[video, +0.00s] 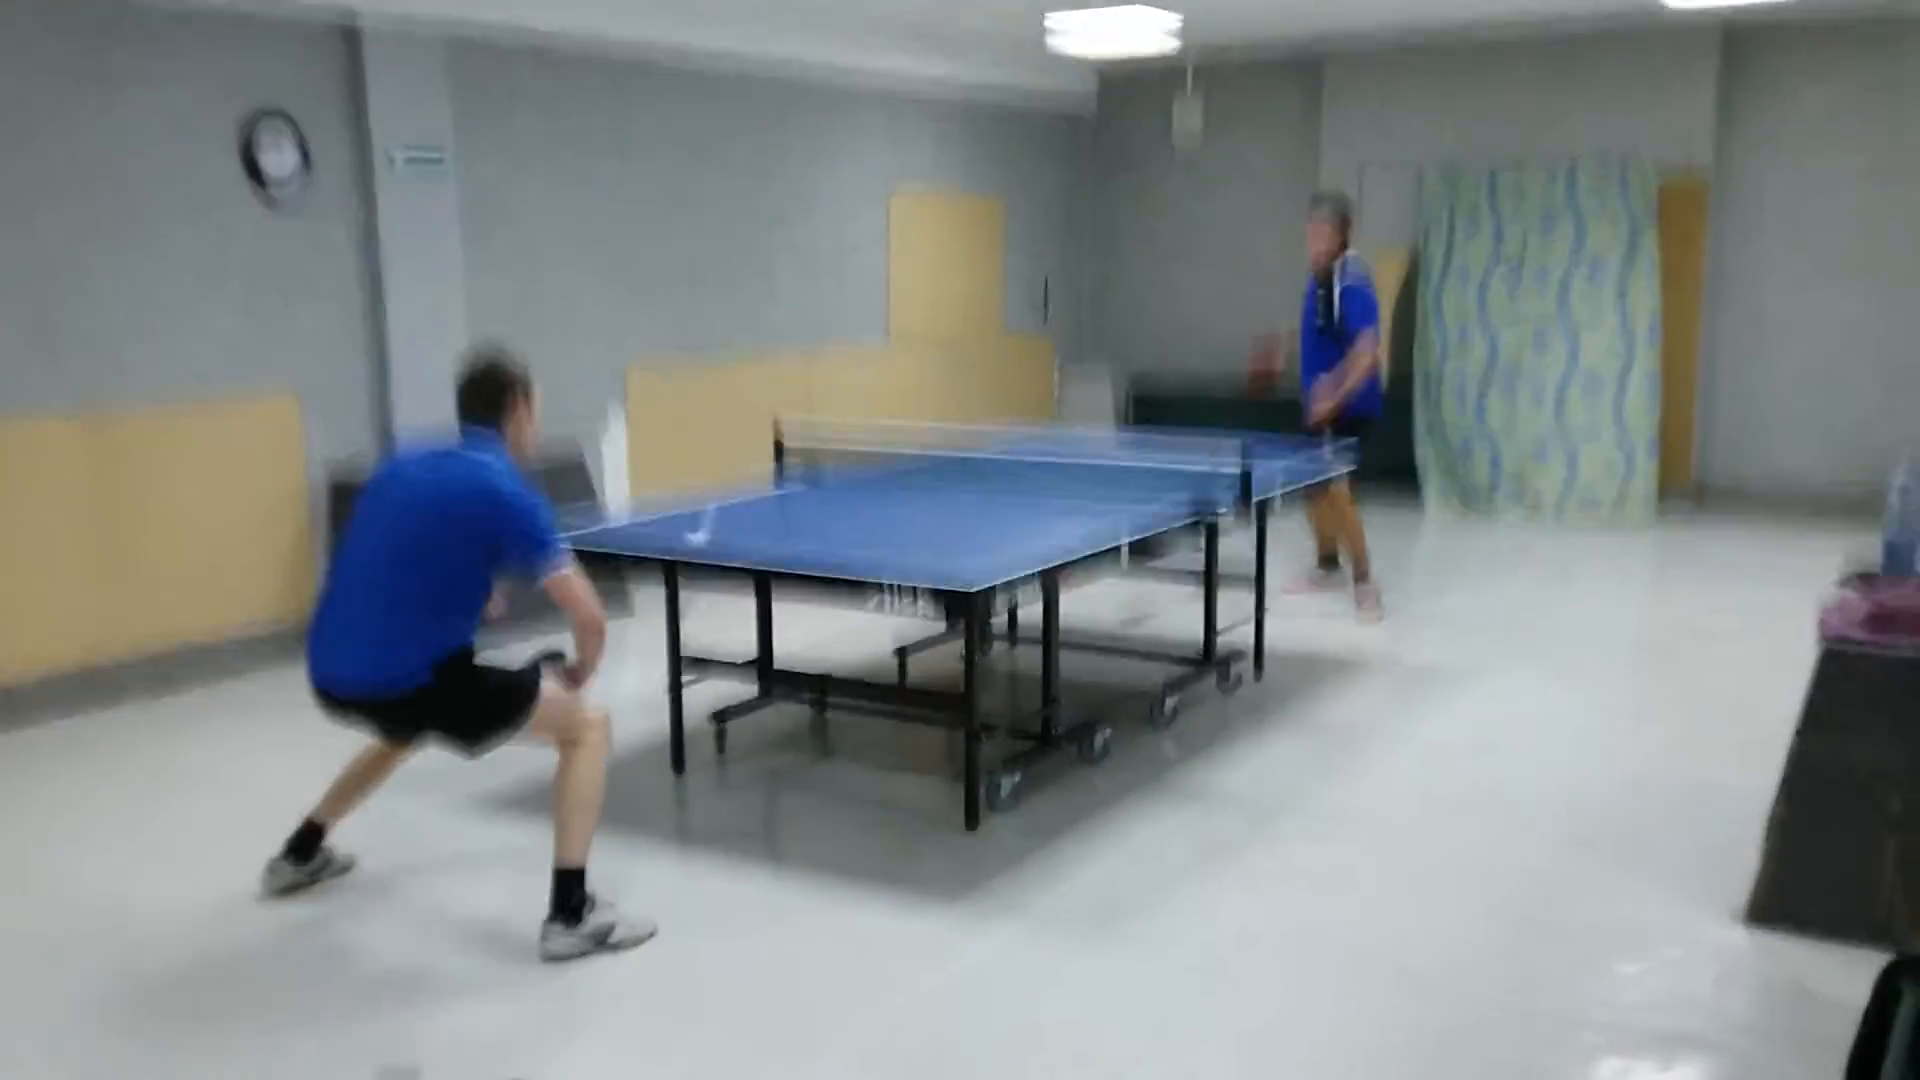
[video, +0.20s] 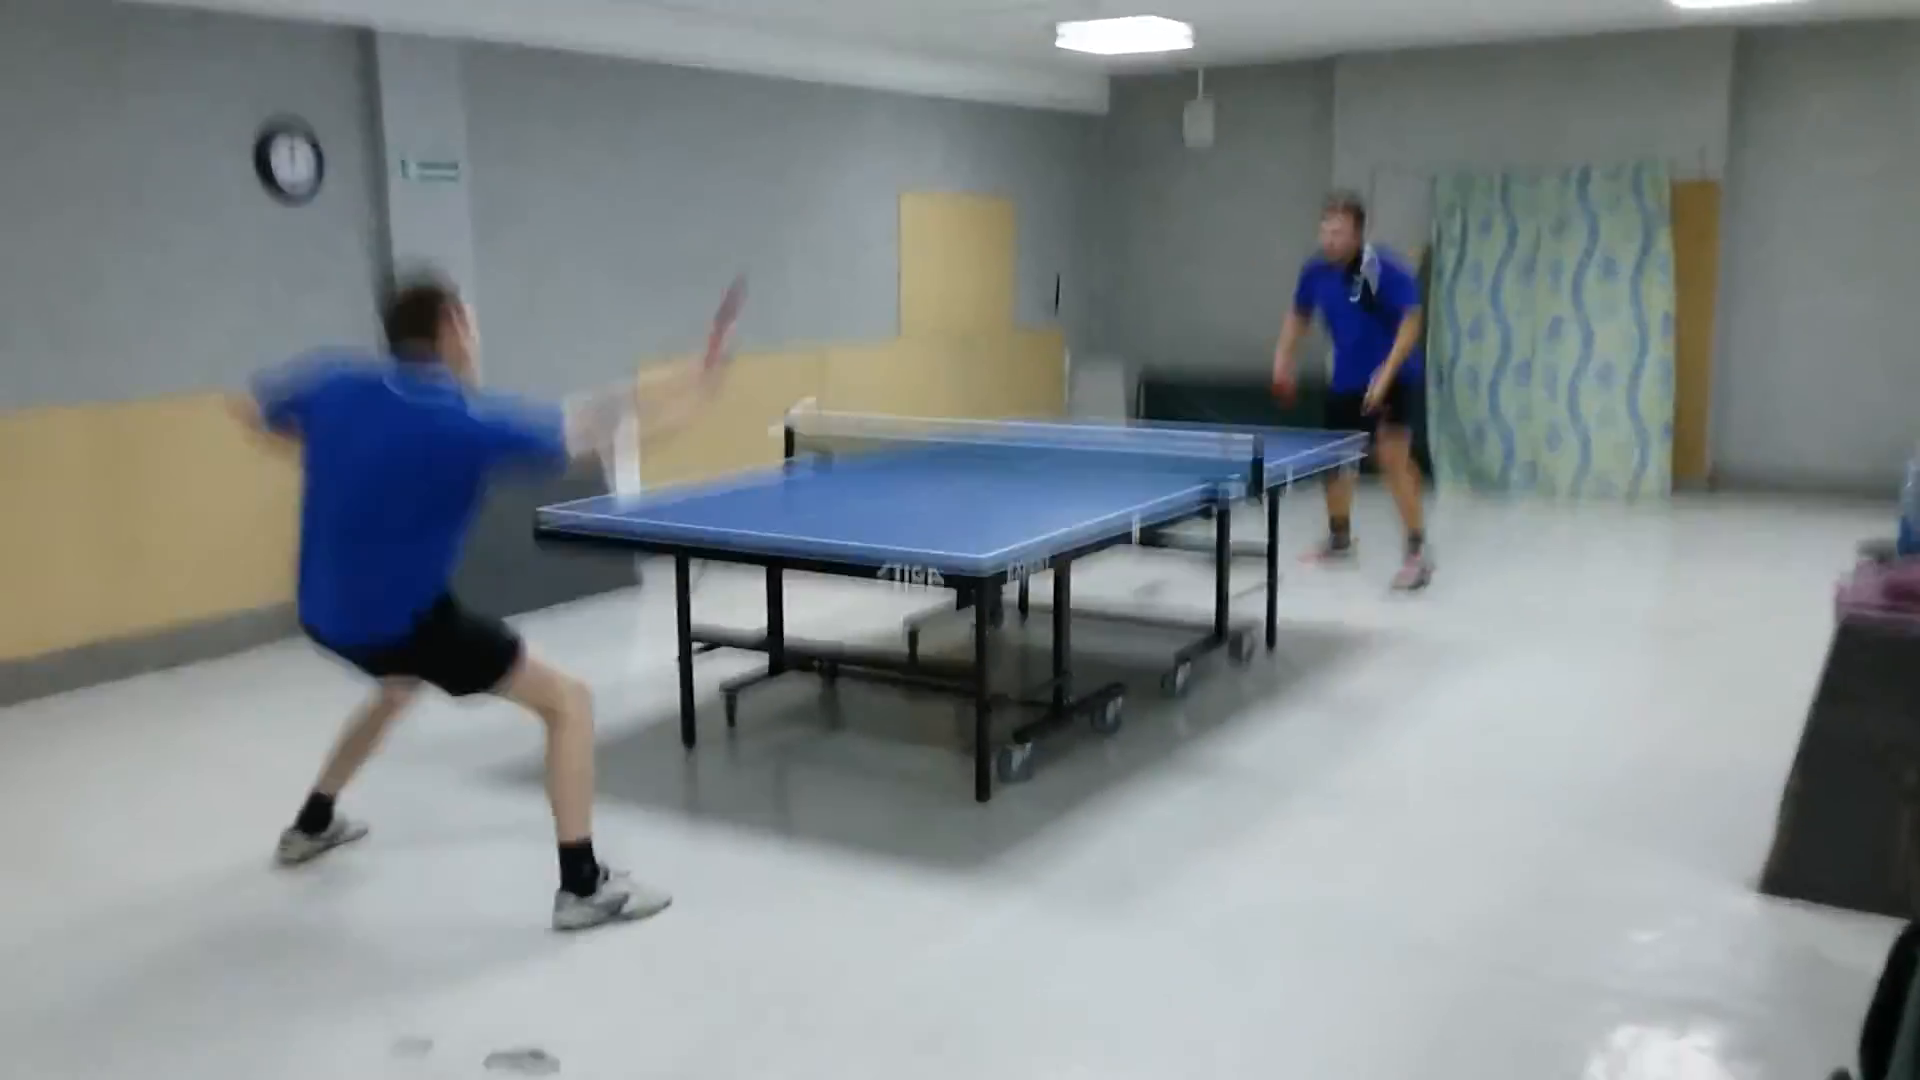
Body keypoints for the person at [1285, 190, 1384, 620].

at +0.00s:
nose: (1315, 240)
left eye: (1323, 231)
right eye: (1311, 230)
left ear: (1342, 234)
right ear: (1306, 235)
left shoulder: (1351, 280)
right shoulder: (1319, 278)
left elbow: (1366, 348)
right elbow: (1316, 337)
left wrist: (1334, 392)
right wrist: (1284, 357)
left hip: (1347, 399)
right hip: (1319, 394)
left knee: (1337, 487)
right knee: (1314, 485)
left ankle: (1362, 580)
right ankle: (1326, 565)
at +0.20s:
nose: (1332, 239)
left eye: (1341, 231)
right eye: (1327, 230)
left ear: (1359, 233)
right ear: (1320, 233)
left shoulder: (1385, 269)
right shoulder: (1316, 273)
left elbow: (1411, 320)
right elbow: (1297, 317)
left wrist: (1385, 374)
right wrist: (1283, 361)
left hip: (1392, 375)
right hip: (1345, 377)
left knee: (1392, 453)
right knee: (1336, 457)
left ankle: (1415, 549)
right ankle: (1339, 538)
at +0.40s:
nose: (1339, 276)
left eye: (1348, 268)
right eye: (1335, 266)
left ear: (1366, 271)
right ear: (1327, 269)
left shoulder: (1396, 302)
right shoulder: (1318, 312)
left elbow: (1437, 345)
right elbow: (1289, 357)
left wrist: (1428, 401)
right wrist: (1301, 395)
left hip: (1401, 415)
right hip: (1346, 416)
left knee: (1427, 484)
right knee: (1318, 480)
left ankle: (1474, 569)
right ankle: (1313, 554)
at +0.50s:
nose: (1353, 300)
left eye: (1362, 292)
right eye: (1349, 292)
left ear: (1381, 295)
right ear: (1343, 294)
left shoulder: (1419, 320)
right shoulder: (1337, 333)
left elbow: (1457, 364)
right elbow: (1304, 384)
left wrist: (1458, 418)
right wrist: (1324, 412)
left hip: (1424, 422)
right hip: (1369, 423)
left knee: (1448, 488)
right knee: (1317, 477)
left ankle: (1484, 574)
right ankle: (1313, 541)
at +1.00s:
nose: (1381, 316)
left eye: (1390, 307)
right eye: (1375, 309)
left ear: (1409, 311)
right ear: (1368, 316)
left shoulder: (1446, 340)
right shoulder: (1364, 366)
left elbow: (1484, 375)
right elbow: (1341, 420)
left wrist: (1517, 414)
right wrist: (1336, 438)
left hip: (1455, 440)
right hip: (1399, 445)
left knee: (1484, 511)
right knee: (1364, 499)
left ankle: (1527, 578)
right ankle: (1318, 585)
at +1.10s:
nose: (1414, 300)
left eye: (1424, 291)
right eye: (1410, 292)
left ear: (1444, 296)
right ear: (1404, 298)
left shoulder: (1480, 330)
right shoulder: (1396, 347)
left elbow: (1520, 370)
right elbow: (1376, 399)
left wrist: (1548, 418)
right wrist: (1372, 428)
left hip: (1481, 431)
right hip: (1422, 434)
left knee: (1504, 502)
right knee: (1382, 492)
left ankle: (1536, 576)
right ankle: (1326, 578)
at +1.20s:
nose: (1432, 279)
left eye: (1443, 272)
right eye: (1429, 272)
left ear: (1464, 279)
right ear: (1425, 279)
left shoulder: (1499, 313)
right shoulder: (1419, 325)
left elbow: (1546, 355)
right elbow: (1404, 374)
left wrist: (1563, 410)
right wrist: (1395, 404)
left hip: (1503, 419)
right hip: (1445, 420)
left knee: (1513, 493)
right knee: (1405, 481)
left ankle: (1539, 577)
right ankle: (1353, 570)